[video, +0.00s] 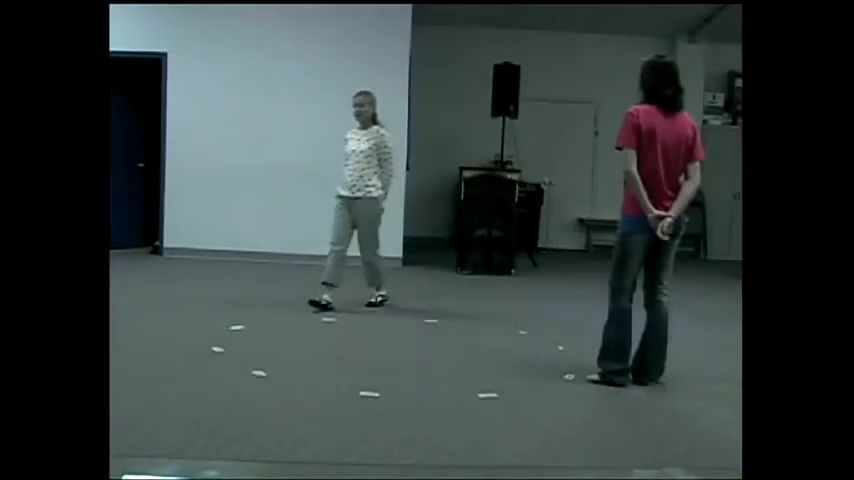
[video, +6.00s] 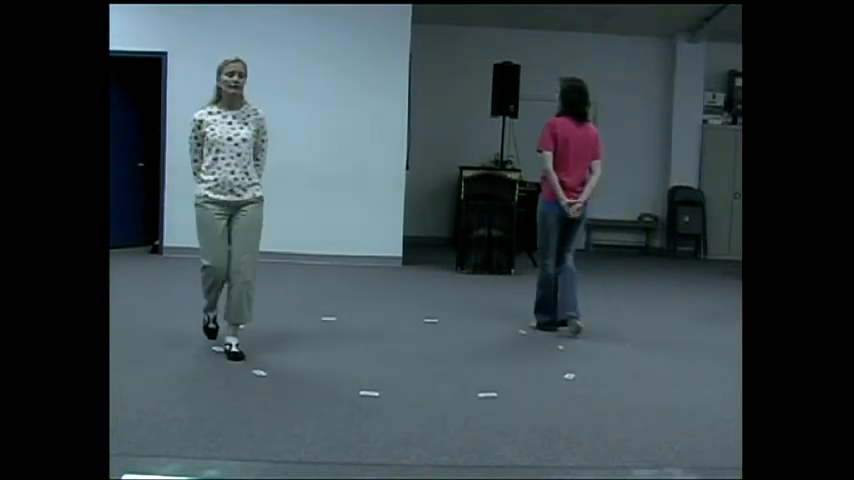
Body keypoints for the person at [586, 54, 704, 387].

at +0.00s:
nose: (642, 86)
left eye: (643, 81)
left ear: (646, 85)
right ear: (676, 85)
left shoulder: (636, 116)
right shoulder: (688, 124)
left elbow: (630, 168)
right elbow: (694, 178)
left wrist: (651, 210)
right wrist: (673, 215)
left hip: (638, 219)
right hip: (671, 220)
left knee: (622, 291)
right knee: (658, 292)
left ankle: (614, 369)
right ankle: (650, 370)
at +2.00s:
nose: (642, 86)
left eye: (643, 80)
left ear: (647, 84)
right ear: (676, 85)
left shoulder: (638, 116)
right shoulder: (689, 124)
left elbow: (631, 169)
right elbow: (694, 178)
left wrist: (651, 210)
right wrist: (674, 216)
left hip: (639, 219)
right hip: (672, 220)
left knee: (622, 291)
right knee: (659, 293)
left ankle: (615, 368)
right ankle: (649, 370)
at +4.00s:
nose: (657, 87)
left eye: (653, 80)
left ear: (649, 84)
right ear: (682, 88)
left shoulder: (632, 115)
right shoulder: (688, 126)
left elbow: (621, 163)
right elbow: (689, 179)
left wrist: (637, 205)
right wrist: (660, 212)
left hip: (631, 214)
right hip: (667, 217)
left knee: (620, 287)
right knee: (658, 292)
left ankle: (608, 354)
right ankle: (648, 369)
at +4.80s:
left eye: (608, 85)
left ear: (606, 88)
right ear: (634, 90)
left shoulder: (594, 120)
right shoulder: (644, 126)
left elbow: (588, 163)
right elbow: (649, 173)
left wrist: (606, 201)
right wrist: (628, 207)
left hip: (600, 208)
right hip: (631, 210)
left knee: (606, 276)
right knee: (614, 273)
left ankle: (606, 351)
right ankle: (611, 341)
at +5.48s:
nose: (577, 97)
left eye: (579, 92)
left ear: (579, 95)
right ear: (605, 96)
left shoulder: (572, 125)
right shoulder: (616, 128)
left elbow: (571, 168)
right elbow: (622, 170)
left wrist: (588, 201)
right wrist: (607, 202)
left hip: (579, 207)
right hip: (608, 207)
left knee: (571, 265)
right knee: (603, 271)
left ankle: (574, 325)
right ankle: (595, 331)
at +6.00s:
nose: (559, 99)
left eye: (560, 95)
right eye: (564, 95)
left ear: (562, 99)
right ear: (585, 101)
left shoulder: (553, 126)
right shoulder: (592, 131)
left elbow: (548, 166)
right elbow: (596, 171)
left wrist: (562, 197)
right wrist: (581, 199)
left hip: (553, 200)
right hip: (579, 201)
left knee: (548, 259)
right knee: (567, 256)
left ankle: (546, 318)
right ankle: (571, 313)